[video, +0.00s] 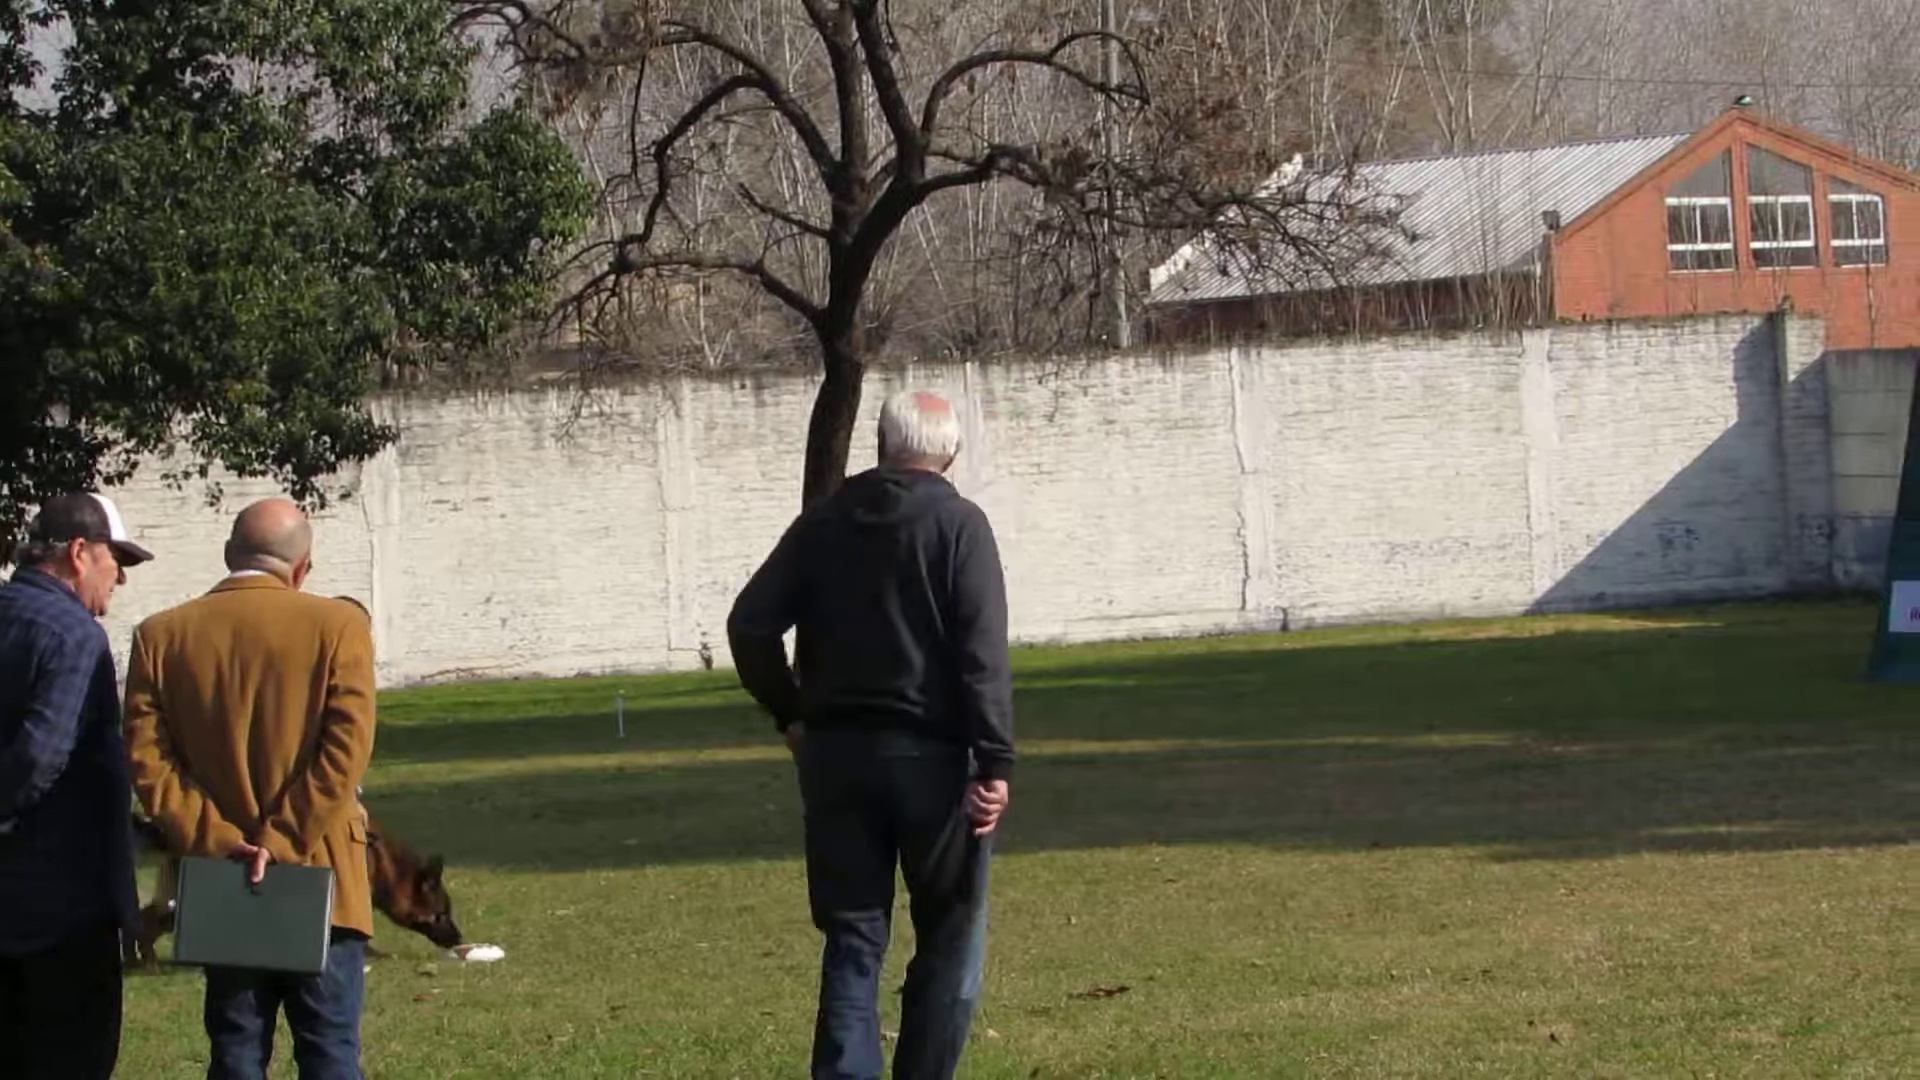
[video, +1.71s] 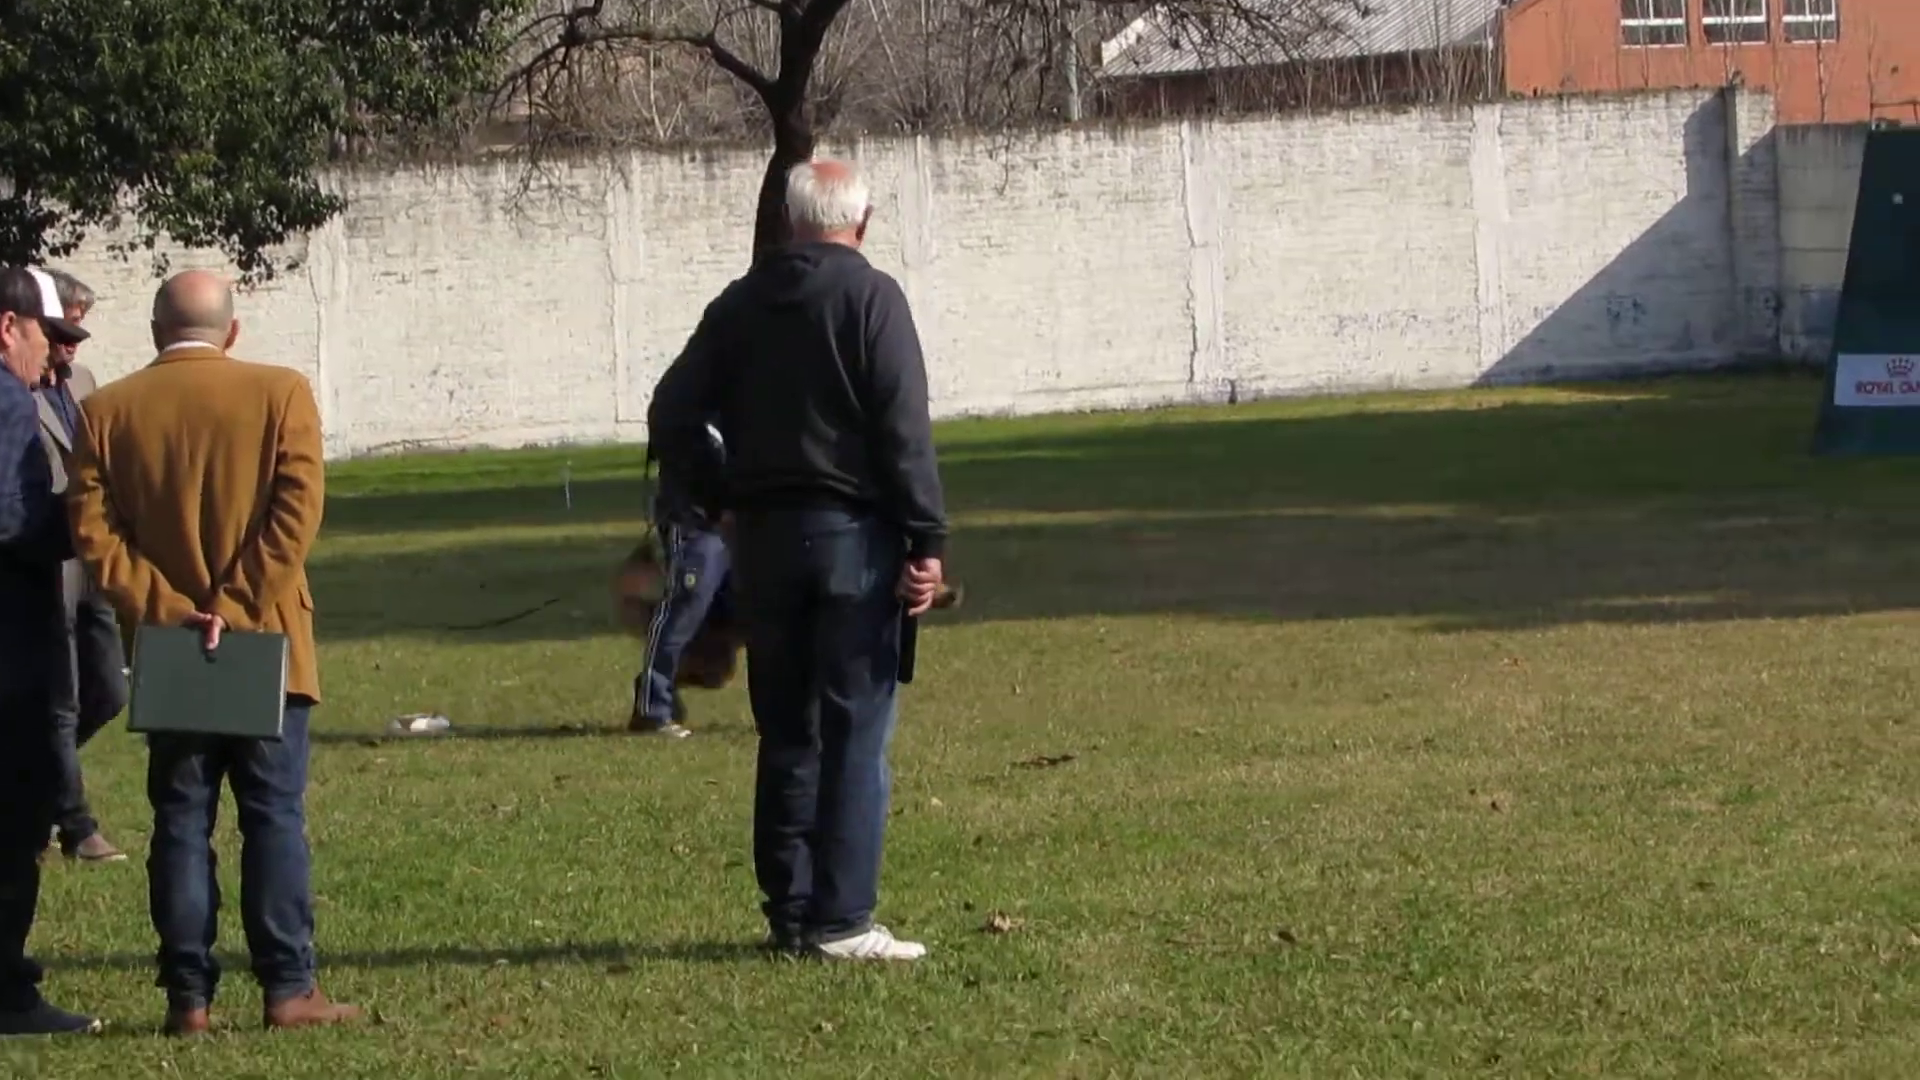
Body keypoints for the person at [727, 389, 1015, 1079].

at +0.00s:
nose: (958, 460)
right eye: (957, 451)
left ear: (883, 444)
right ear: (952, 453)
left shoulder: (826, 517)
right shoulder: (959, 522)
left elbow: (750, 623)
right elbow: (982, 650)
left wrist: (790, 714)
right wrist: (995, 760)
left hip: (835, 759)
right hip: (935, 762)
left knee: (851, 934)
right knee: (951, 936)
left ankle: (844, 1072)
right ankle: (923, 1071)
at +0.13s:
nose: (928, 461)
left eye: (925, 453)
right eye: (926, 452)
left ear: (849, 453)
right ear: (916, 457)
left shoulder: (800, 530)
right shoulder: (944, 527)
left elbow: (733, 640)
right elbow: (976, 654)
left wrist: (772, 729)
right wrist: (997, 763)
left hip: (826, 769)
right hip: (929, 766)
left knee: (842, 946)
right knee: (956, 932)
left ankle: (846, 1073)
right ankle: (929, 1071)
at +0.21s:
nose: (820, 462)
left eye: (822, 453)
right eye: (908, 451)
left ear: (830, 457)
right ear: (903, 456)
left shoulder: (788, 537)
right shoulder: (938, 527)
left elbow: (728, 648)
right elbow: (976, 656)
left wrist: (768, 736)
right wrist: (1003, 764)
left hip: (824, 775)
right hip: (927, 769)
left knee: (844, 953)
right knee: (967, 919)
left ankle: (853, 1074)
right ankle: (942, 1071)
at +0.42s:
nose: (783, 470)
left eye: (785, 459)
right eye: (784, 458)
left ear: (802, 459)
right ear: (861, 455)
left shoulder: (768, 541)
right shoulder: (915, 521)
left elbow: (713, 657)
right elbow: (965, 646)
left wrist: (750, 747)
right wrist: (999, 752)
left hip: (815, 773)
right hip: (921, 763)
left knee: (838, 962)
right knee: (956, 924)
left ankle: (852, 1076)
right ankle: (947, 1072)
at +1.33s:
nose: (872, 402)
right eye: (872, 392)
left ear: (793, 400)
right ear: (869, 397)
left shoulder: (757, 481)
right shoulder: (893, 466)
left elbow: (693, 600)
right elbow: (937, 595)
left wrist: (745, 684)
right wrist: (970, 702)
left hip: (795, 713)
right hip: (890, 709)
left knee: (818, 911)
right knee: (904, 907)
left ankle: (835, 1065)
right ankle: (897, 1068)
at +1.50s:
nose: (890, 326)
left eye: (886, 316)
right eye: (888, 316)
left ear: (803, 322)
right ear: (881, 321)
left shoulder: (765, 401)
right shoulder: (899, 391)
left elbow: (700, 516)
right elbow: (938, 521)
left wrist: (751, 602)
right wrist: (970, 627)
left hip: (800, 640)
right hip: (891, 636)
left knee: (819, 826)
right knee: (900, 822)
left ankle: (833, 1009)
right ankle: (888, 1016)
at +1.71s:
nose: (870, 229)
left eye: (866, 217)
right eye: (868, 219)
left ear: (783, 219)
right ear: (856, 224)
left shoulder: (738, 302)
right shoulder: (870, 296)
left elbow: (671, 409)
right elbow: (904, 430)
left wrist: (716, 500)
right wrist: (927, 537)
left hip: (763, 545)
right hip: (852, 542)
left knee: (785, 732)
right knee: (857, 733)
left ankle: (791, 914)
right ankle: (844, 921)